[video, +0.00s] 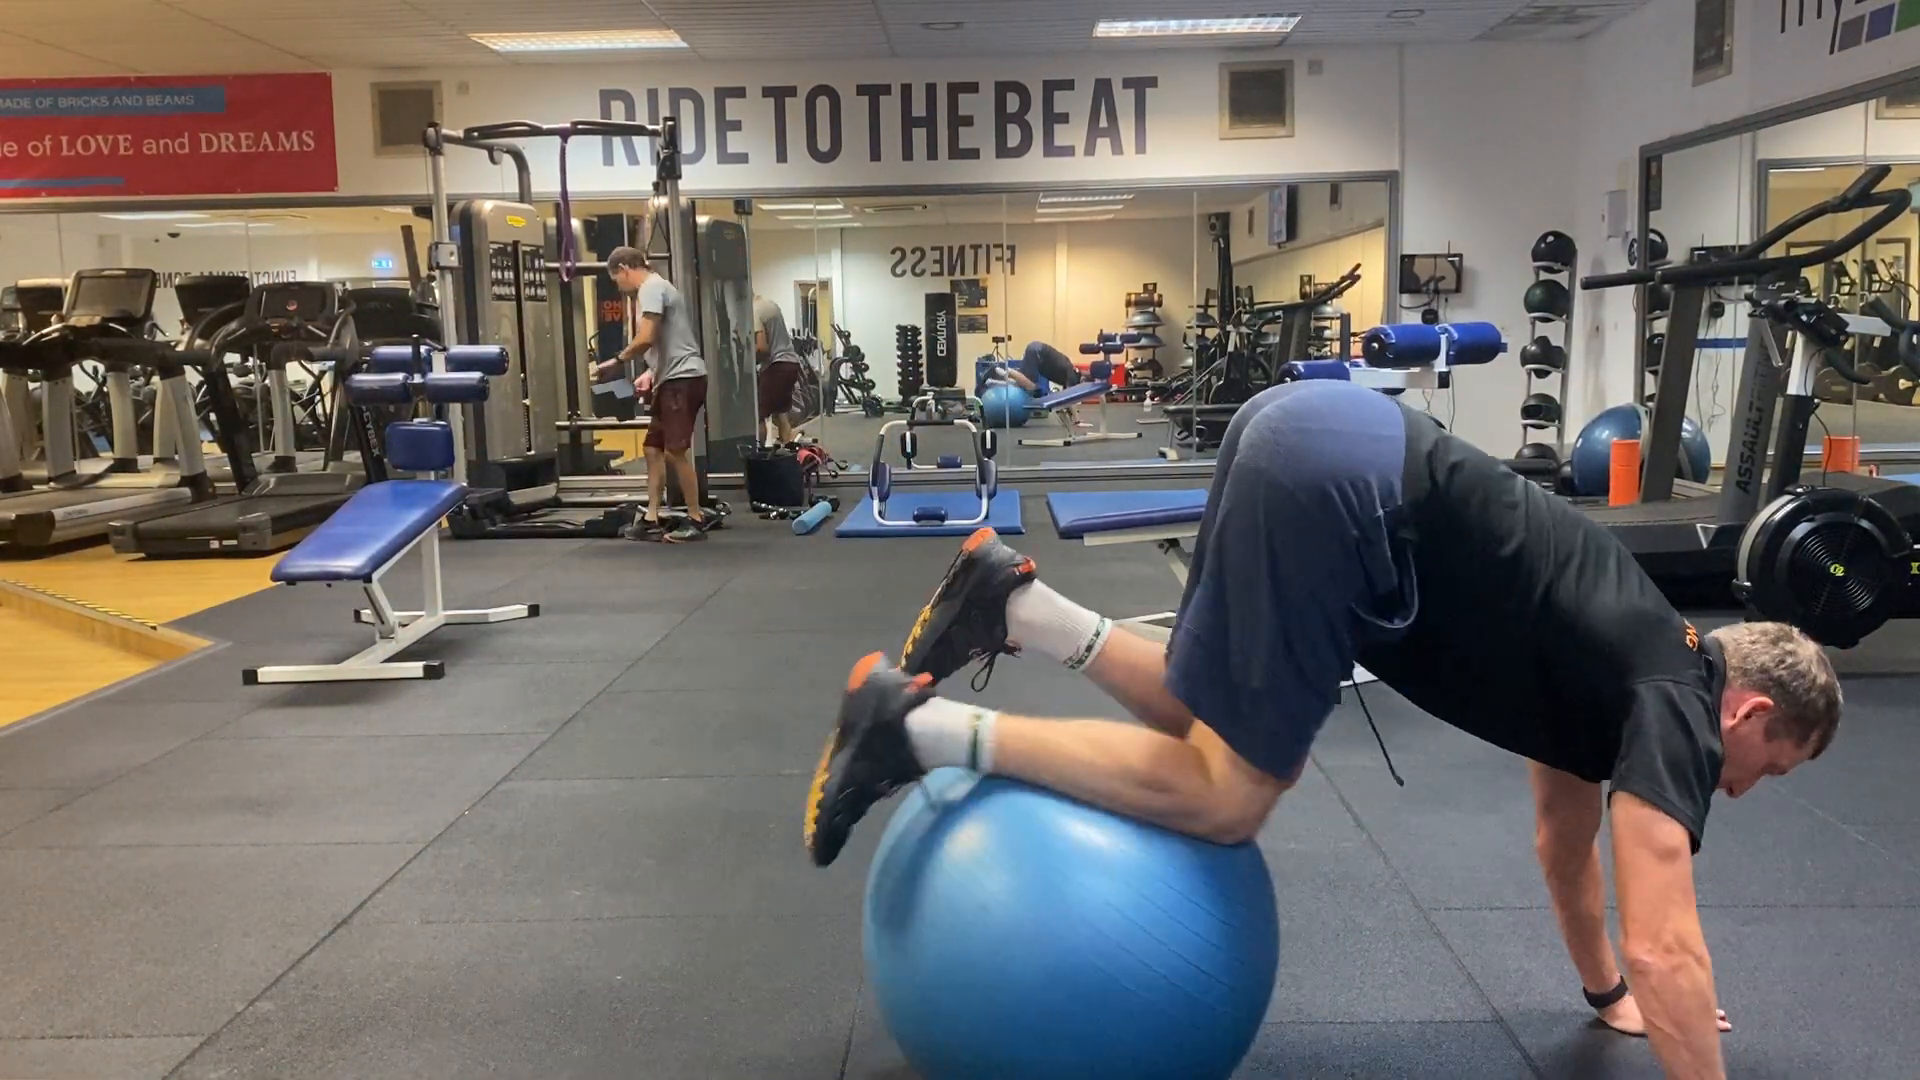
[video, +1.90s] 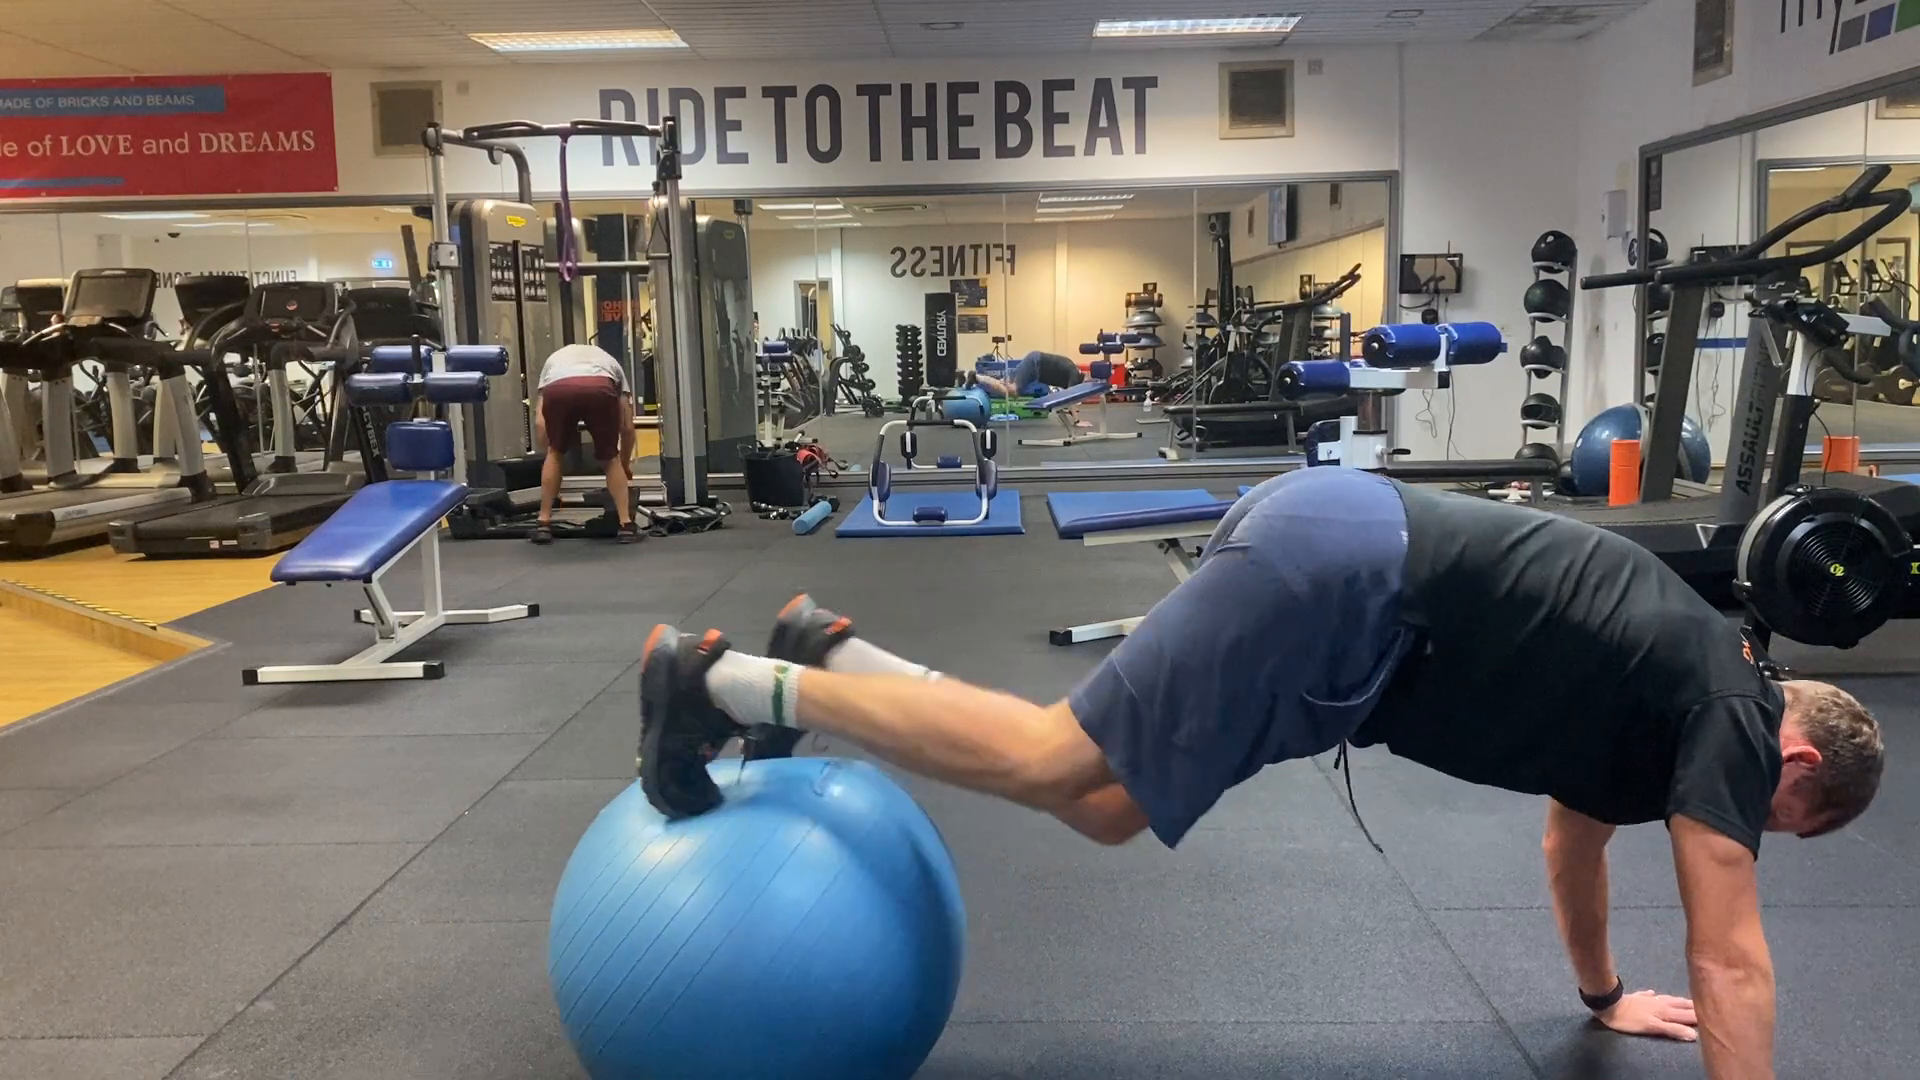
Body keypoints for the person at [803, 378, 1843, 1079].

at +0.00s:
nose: (1751, 779)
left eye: (1770, 771)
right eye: (1766, 759)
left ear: (1722, 662)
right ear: (1742, 702)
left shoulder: (1613, 648)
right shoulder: (1669, 698)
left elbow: (1570, 841)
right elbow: (1666, 961)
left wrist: (1610, 992)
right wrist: (1708, 1072)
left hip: (1317, 423)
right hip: (1337, 467)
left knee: (1213, 704)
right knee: (1225, 793)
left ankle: (1012, 603)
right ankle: (909, 723)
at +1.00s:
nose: (1770, 788)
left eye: (1787, 776)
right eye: (1789, 771)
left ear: (1747, 674)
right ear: (1775, 718)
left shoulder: (1626, 649)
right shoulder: (1692, 710)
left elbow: (1561, 847)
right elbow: (1717, 974)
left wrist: (1609, 1000)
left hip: (1285, 509)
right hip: (1301, 556)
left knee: (1114, 816)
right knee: (1135, 871)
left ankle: (868, 685)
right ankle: (875, 689)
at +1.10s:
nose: (1768, 797)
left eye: (1786, 786)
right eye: (1786, 778)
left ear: (1745, 682)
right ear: (1768, 716)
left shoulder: (1627, 658)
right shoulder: (1685, 711)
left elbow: (1567, 848)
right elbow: (1719, 976)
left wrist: (1607, 993)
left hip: (1276, 518)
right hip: (1298, 556)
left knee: (1133, 826)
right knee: (1198, 899)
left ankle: (851, 712)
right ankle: (1016, 623)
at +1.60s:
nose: (1795, 811)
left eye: (1813, 803)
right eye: (1816, 794)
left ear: (1781, 700)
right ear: (1810, 732)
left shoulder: (1656, 650)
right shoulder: (1730, 702)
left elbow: (1572, 840)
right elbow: (1733, 975)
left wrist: (1607, 997)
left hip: (1306, 526)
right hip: (1344, 584)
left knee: (1124, 794)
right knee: (1165, 869)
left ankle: (897, 617)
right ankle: (893, 702)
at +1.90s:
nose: (1774, 828)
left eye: (1792, 822)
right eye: (1794, 813)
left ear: (1779, 713)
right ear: (1801, 755)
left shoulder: (1651, 663)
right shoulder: (1720, 703)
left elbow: (1573, 845)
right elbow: (1732, 974)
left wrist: (1602, 993)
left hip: (1344, 536)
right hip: (1350, 578)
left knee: (1110, 777)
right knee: (1086, 781)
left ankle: (827, 657)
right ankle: (735, 686)